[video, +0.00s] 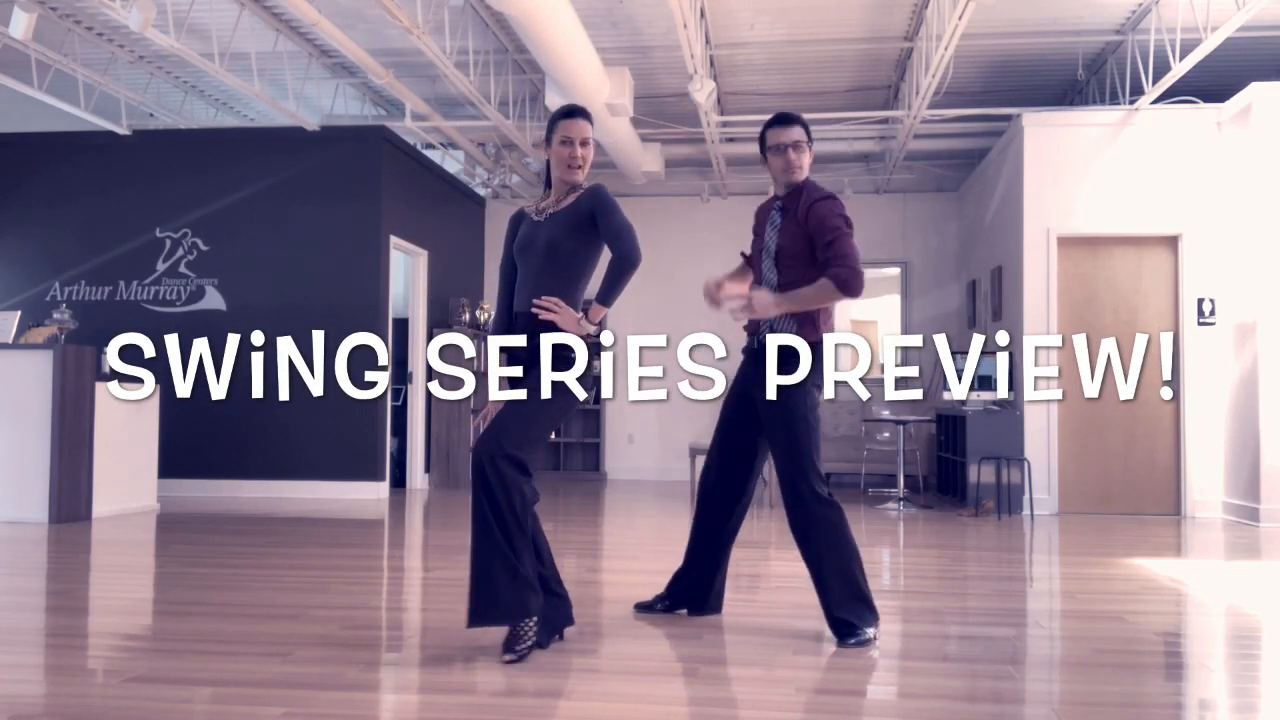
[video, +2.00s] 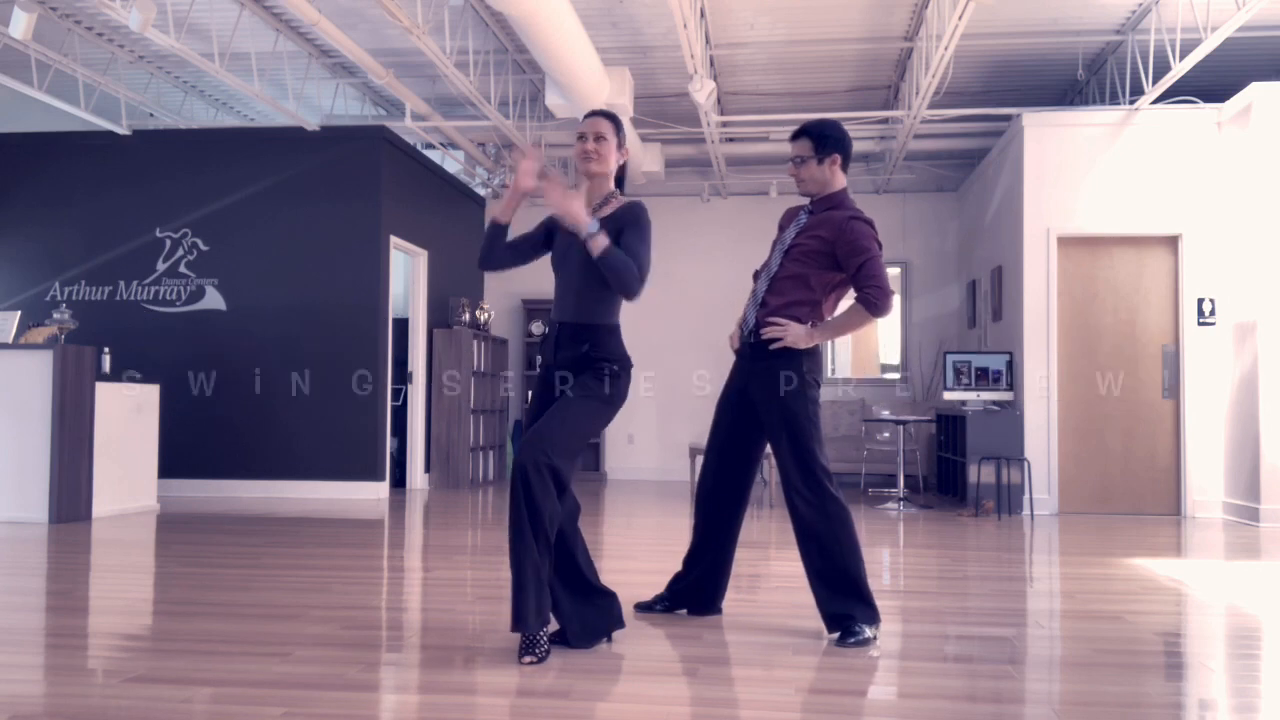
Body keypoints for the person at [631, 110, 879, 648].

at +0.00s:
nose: (790, 156)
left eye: (798, 147)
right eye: (778, 149)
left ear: (811, 153)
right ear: (764, 158)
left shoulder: (823, 208)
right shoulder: (767, 211)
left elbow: (848, 280)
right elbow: (756, 265)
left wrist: (779, 302)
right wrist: (729, 283)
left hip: (795, 356)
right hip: (759, 355)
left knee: (805, 488)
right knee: (725, 475)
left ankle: (855, 617)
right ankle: (696, 591)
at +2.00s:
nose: (792, 169)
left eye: (801, 161)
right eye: (791, 161)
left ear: (833, 163)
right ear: (812, 164)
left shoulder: (850, 224)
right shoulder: (797, 217)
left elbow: (877, 301)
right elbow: (770, 278)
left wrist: (816, 334)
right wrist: (743, 324)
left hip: (787, 365)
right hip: (750, 360)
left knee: (810, 489)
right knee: (721, 480)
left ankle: (854, 617)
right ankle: (697, 592)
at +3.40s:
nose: (793, 163)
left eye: (804, 154)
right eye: (792, 155)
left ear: (837, 159)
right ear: (807, 163)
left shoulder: (865, 218)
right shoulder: (791, 224)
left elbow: (906, 294)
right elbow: (740, 276)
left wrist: (848, 347)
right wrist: (690, 319)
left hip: (811, 370)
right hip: (764, 364)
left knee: (808, 493)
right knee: (706, 473)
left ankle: (857, 617)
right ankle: (699, 584)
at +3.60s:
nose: (797, 149)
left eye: (807, 141)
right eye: (789, 142)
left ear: (829, 152)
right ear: (780, 151)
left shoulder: (838, 208)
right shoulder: (765, 212)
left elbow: (885, 279)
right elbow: (700, 250)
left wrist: (831, 336)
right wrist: (630, 271)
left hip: (794, 363)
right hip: (745, 360)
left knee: (815, 490)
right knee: (694, 487)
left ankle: (856, 618)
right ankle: (688, 602)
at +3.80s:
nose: (785, 145)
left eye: (796, 137)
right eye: (776, 135)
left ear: (810, 148)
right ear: (762, 142)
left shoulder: (813, 206)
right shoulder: (730, 191)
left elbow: (859, 284)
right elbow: (656, 216)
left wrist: (794, 316)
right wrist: (587, 231)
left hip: (762, 356)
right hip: (709, 351)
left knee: (783, 473)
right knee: (684, 480)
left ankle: (833, 592)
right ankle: (691, 604)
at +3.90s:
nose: (778, 151)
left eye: (789, 143)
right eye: (768, 141)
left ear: (803, 152)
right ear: (754, 147)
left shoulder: (811, 218)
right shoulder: (723, 195)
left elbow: (851, 297)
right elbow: (651, 218)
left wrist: (786, 336)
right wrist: (597, 225)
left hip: (748, 355)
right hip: (695, 348)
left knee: (748, 459)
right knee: (676, 472)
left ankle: (775, 550)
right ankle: (688, 600)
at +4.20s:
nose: (756, 184)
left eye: (765, 174)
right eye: (746, 174)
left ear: (779, 180)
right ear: (731, 178)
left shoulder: (790, 240)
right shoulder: (707, 230)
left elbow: (832, 321)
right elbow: (641, 262)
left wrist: (792, 386)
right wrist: (564, 271)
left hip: (760, 386)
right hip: (707, 376)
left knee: (753, 481)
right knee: (663, 484)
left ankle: (730, 573)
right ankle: (682, 600)